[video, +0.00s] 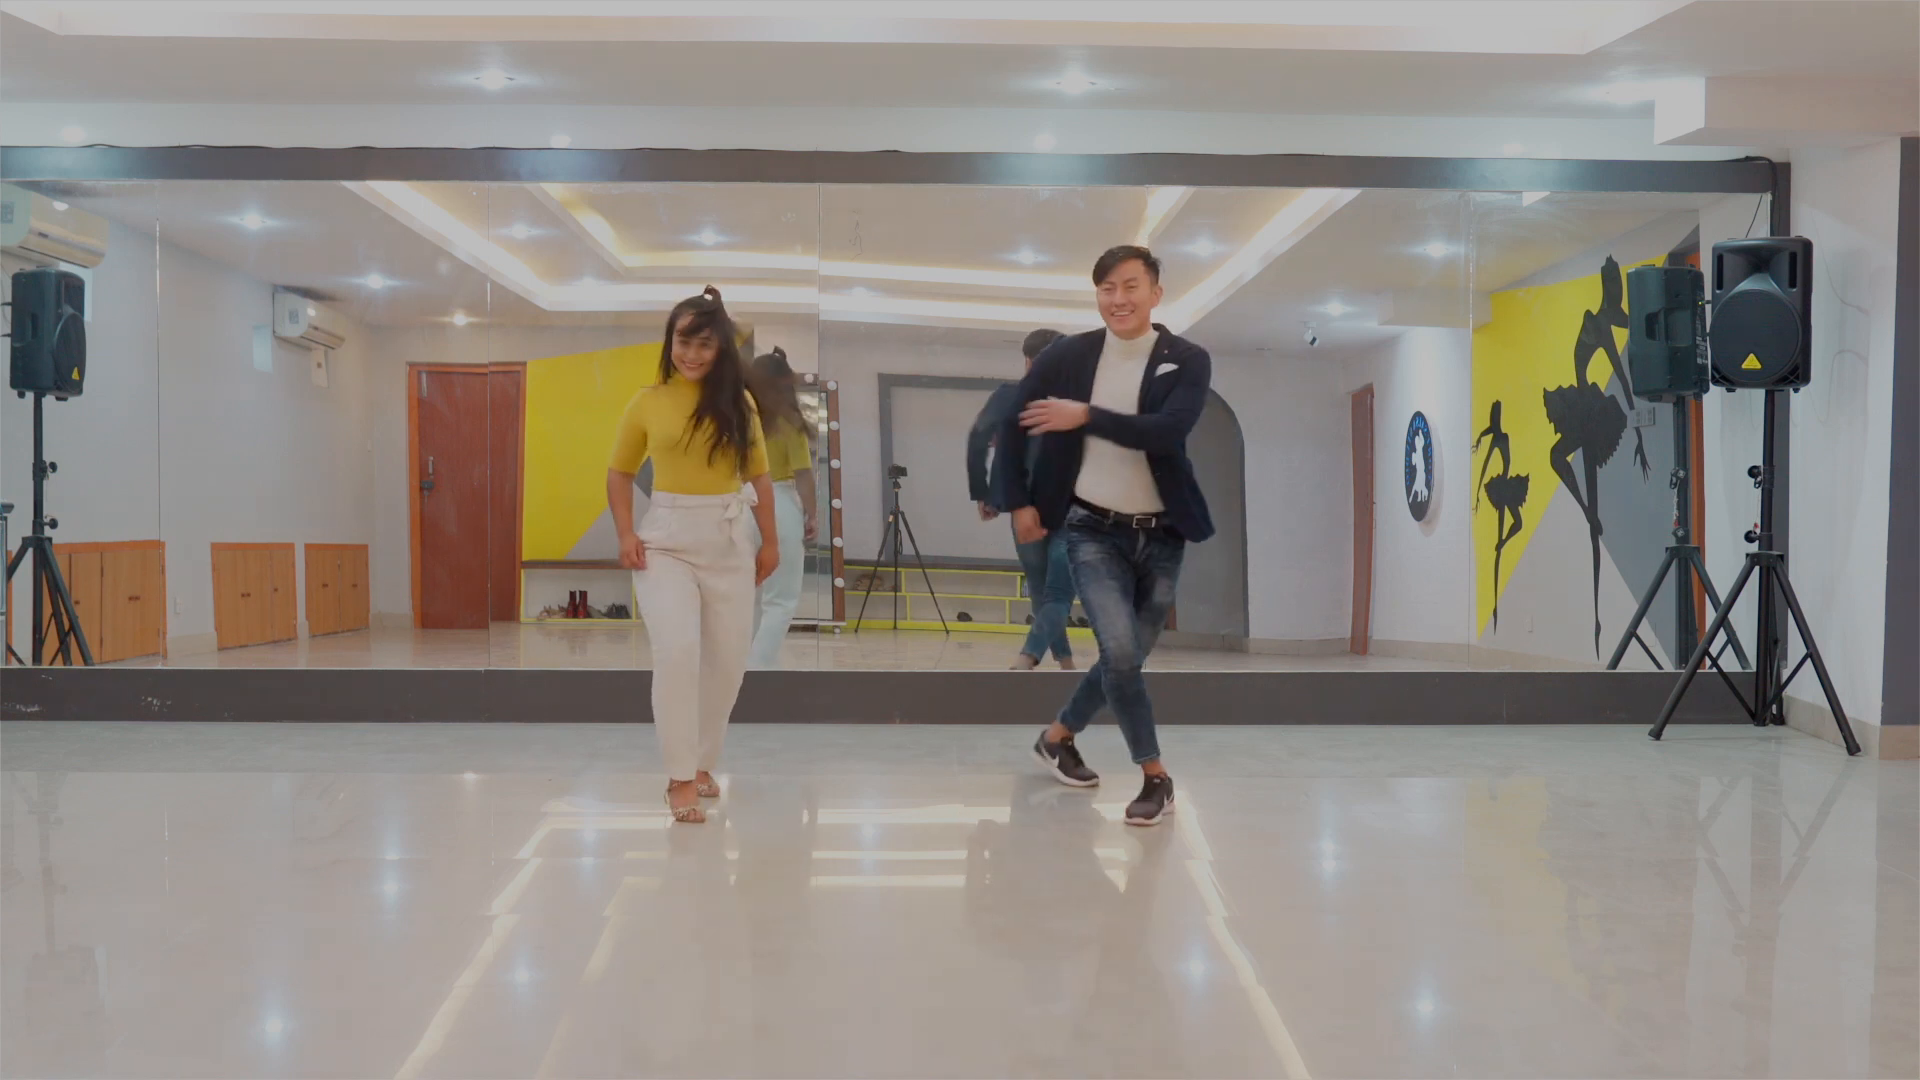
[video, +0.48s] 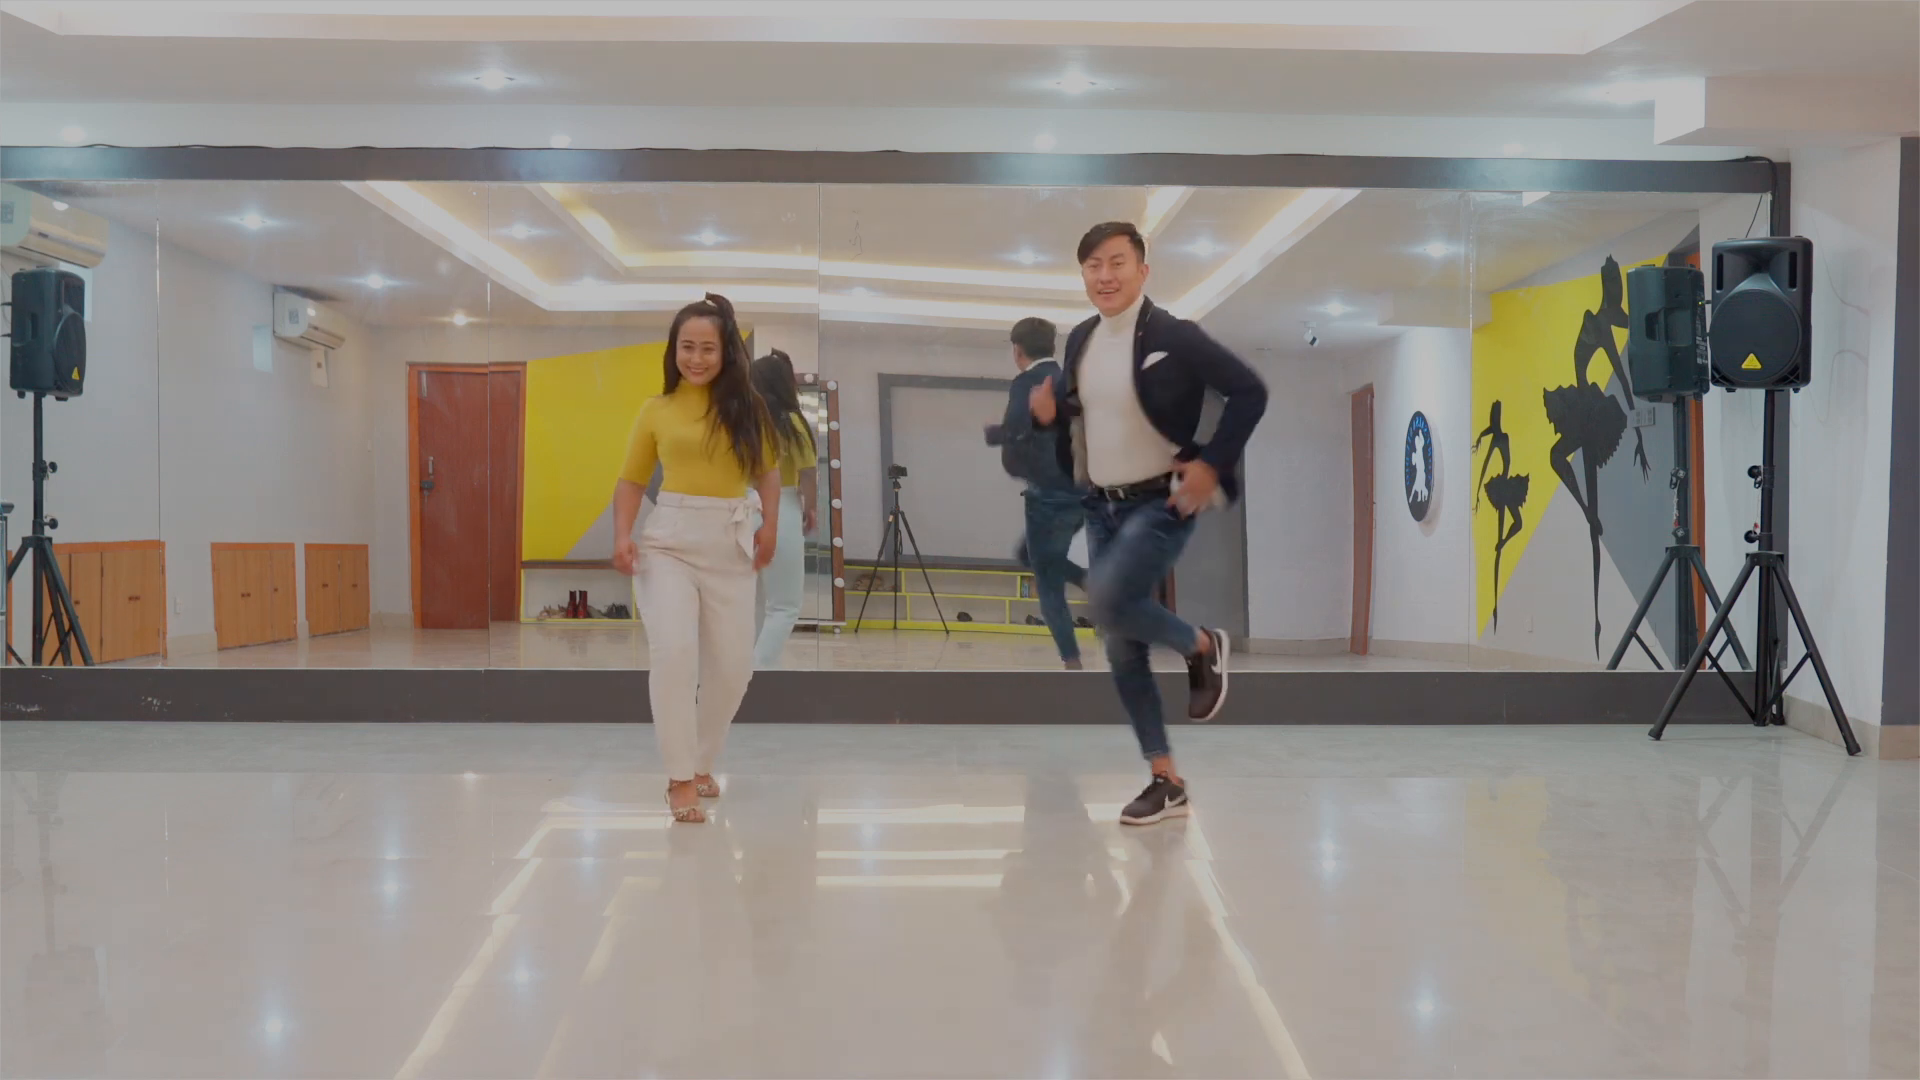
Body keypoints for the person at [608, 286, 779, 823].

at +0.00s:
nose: (691, 354)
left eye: (704, 345)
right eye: (683, 343)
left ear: (721, 349)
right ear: (670, 344)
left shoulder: (738, 403)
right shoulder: (649, 402)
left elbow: (761, 478)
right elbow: (619, 472)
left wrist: (771, 541)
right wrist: (626, 532)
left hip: (732, 543)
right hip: (666, 540)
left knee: (727, 659)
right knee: (677, 653)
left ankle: (703, 766)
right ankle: (681, 779)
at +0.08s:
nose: (688, 353)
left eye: (700, 344)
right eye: (680, 342)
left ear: (720, 347)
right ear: (668, 345)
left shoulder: (738, 401)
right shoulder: (649, 403)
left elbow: (763, 475)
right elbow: (615, 472)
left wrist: (771, 538)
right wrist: (625, 531)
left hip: (733, 540)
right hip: (666, 538)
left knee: (727, 660)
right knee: (675, 653)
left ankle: (702, 766)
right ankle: (681, 779)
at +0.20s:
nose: (689, 353)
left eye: (702, 345)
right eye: (681, 342)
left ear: (721, 348)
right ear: (668, 342)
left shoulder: (740, 403)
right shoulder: (651, 402)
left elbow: (766, 474)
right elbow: (612, 470)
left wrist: (774, 533)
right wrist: (621, 525)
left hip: (734, 541)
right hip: (668, 539)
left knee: (728, 661)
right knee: (675, 654)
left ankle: (703, 767)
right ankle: (681, 779)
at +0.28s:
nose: (691, 354)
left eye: (704, 345)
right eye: (682, 343)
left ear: (722, 349)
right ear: (670, 344)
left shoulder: (742, 405)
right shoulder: (652, 406)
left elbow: (766, 473)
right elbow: (616, 471)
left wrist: (772, 531)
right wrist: (624, 520)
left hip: (734, 542)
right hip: (668, 539)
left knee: (729, 662)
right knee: (674, 654)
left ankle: (703, 766)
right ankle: (681, 779)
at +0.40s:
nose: (693, 356)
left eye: (705, 347)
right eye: (684, 345)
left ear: (724, 352)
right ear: (672, 349)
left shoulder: (745, 408)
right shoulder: (656, 409)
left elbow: (765, 470)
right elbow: (626, 476)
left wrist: (770, 523)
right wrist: (622, 520)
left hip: (731, 545)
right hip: (665, 541)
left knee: (732, 665)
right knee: (674, 653)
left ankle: (702, 765)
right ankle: (680, 779)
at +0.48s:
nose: (696, 357)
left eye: (708, 348)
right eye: (687, 347)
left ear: (727, 353)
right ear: (674, 351)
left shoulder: (748, 409)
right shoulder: (658, 410)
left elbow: (768, 470)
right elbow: (631, 480)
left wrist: (769, 524)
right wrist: (622, 534)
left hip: (732, 544)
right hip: (666, 540)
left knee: (733, 666)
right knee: (674, 653)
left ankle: (702, 765)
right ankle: (680, 780)